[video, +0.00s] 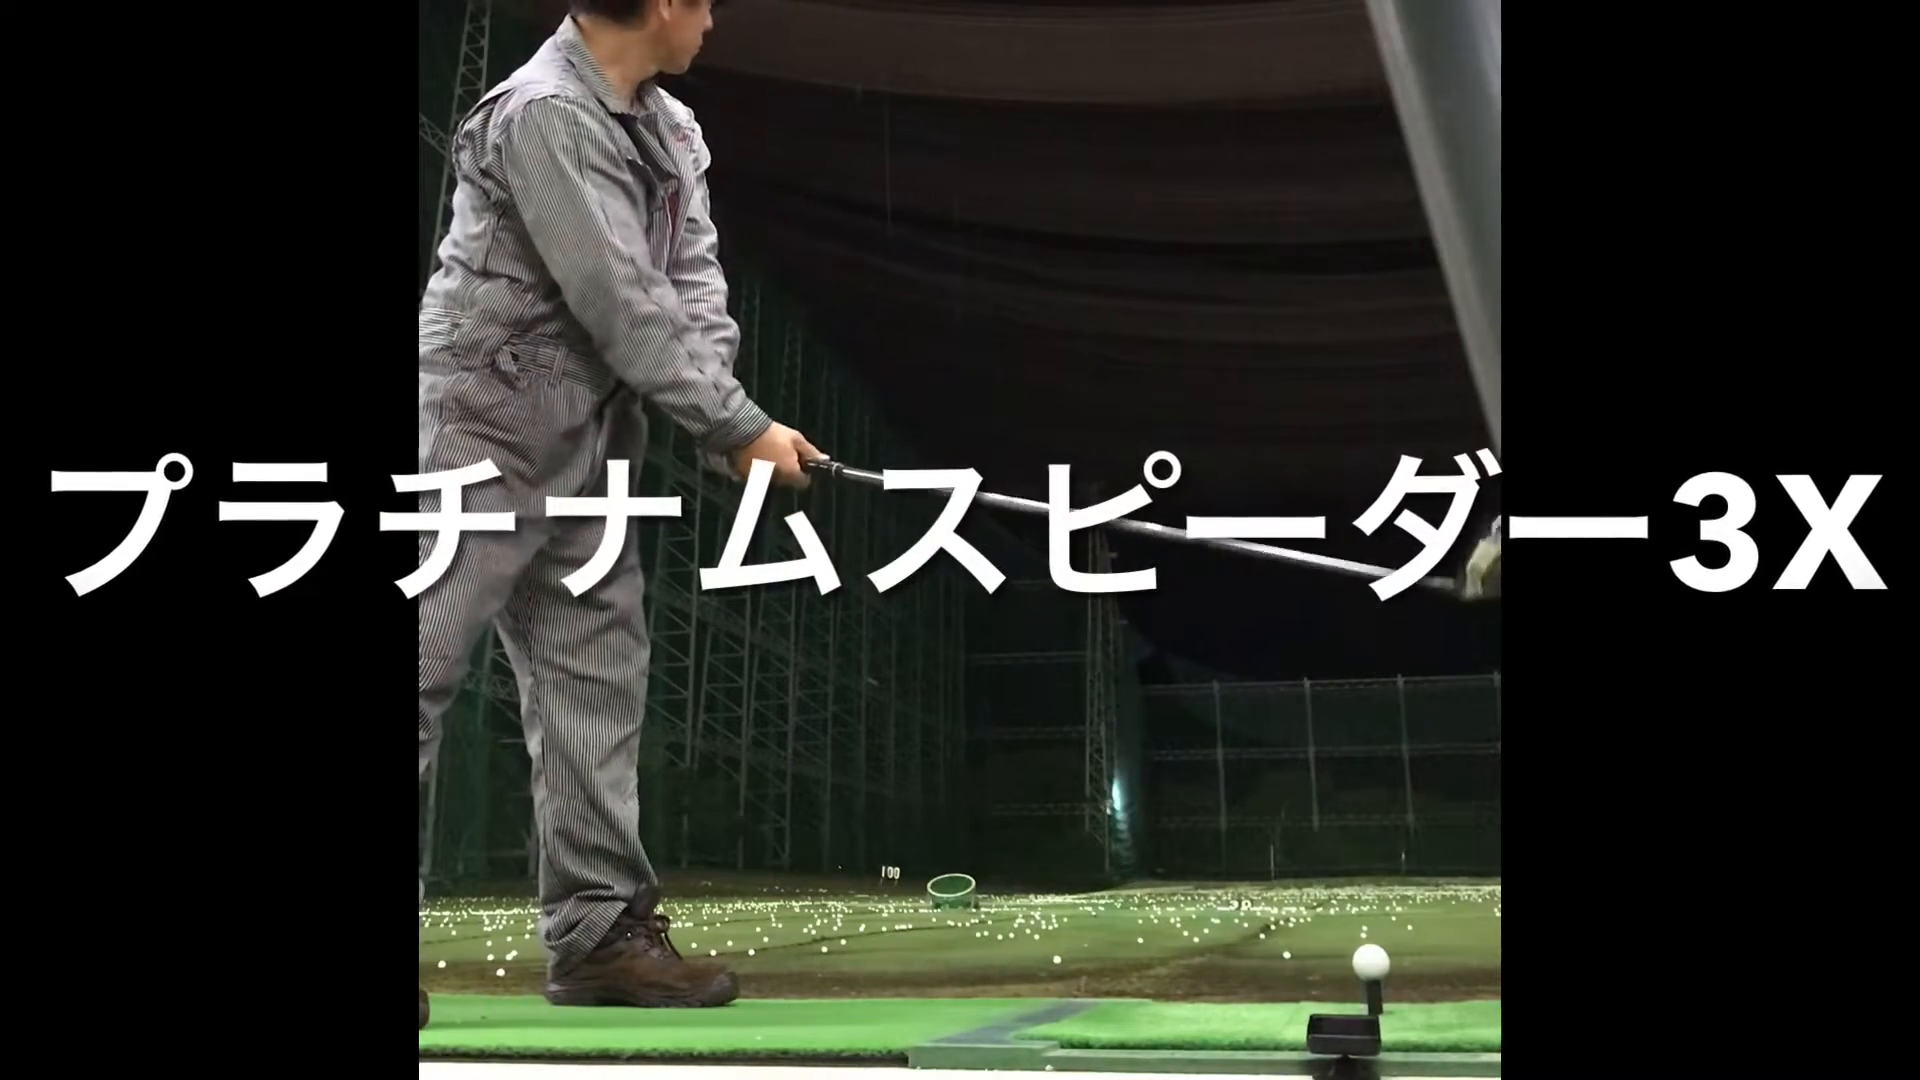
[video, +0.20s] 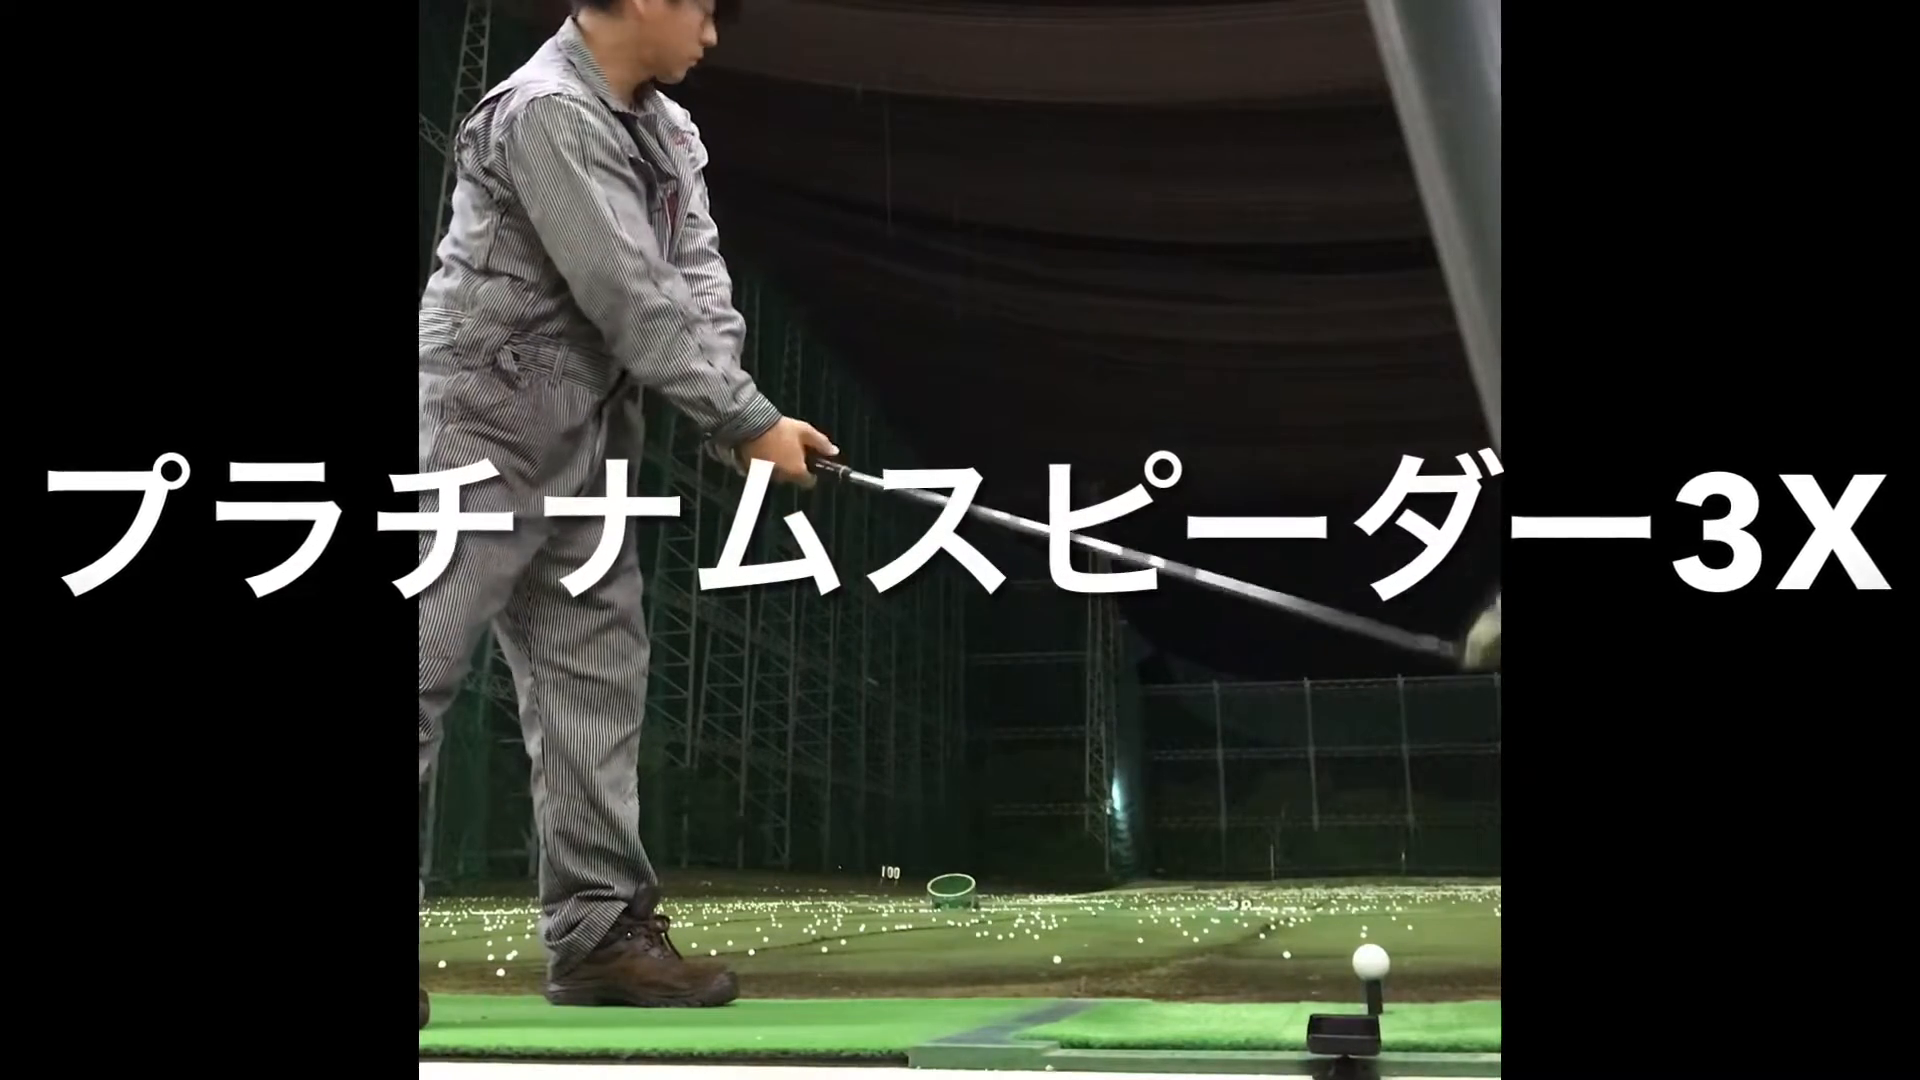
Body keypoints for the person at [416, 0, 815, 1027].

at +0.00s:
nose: (710, 18)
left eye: (709, 5)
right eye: (704, 4)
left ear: (656, 12)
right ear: (663, 8)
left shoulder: (672, 125)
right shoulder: (546, 111)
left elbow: (695, 285)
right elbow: (617, 298)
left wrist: (723, 418)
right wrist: (743, 427)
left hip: (579, 455)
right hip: (471, 443)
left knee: (594, 679)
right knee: (426, 686)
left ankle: (597, 936)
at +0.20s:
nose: (711, 30)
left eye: (712, 12)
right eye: (700, 10)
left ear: (647, 16)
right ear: (634, 5)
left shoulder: (671, 131)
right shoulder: (546, 107)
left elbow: (698, 284)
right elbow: (623, 287)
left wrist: (736, 416)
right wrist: (753, 422)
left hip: (576, 454)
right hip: (467, 440)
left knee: (593, 683)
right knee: (425, 683)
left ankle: (598, 936)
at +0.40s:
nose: (699, 51)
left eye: (709, 33)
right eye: (683, 25)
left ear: (705, 38)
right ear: (611, 11)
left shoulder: (675, 137)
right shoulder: (557, 114)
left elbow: (706, 278)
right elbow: (635, 291)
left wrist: (732, 406)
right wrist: (751, 428)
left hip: (581, 453)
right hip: (477, 437)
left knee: (599, 681)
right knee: (427, 681)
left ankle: (598, 937)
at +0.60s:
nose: (695, 54)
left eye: (709, 36)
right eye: (676, 28)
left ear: (716, 39)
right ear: (606, 11)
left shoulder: (690, 139)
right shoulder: (558, 124)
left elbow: (712, 288)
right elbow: (630, 301)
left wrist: (722, 423)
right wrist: (734, 442)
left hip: (586, 453)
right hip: (476, 437)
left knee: (600, 682)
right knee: (426, 675)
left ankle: (599, 937)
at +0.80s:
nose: (686, 42)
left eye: (697, 25)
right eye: (665, 19)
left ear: (701, 31)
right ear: (594, 12)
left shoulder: (679, 135)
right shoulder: (551, 123)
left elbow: (701, 289)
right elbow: (621, 307)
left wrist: (705, 414)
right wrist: (726, 451)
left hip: (578, 455)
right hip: (466, 438)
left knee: (596, 677)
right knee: (424, 670)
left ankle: (598, 935)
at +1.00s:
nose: (684, 27)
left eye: (693, 11)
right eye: (662, 8)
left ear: (695, 22)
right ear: (590, 10)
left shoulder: (681, 130)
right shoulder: (553, 125)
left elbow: (706, 287)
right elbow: (626, 309)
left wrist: (709, 417)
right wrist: (727, 453)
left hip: (583, 457)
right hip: (469, 442)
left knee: (606, 676)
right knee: (423, 664)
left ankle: (601, 935)